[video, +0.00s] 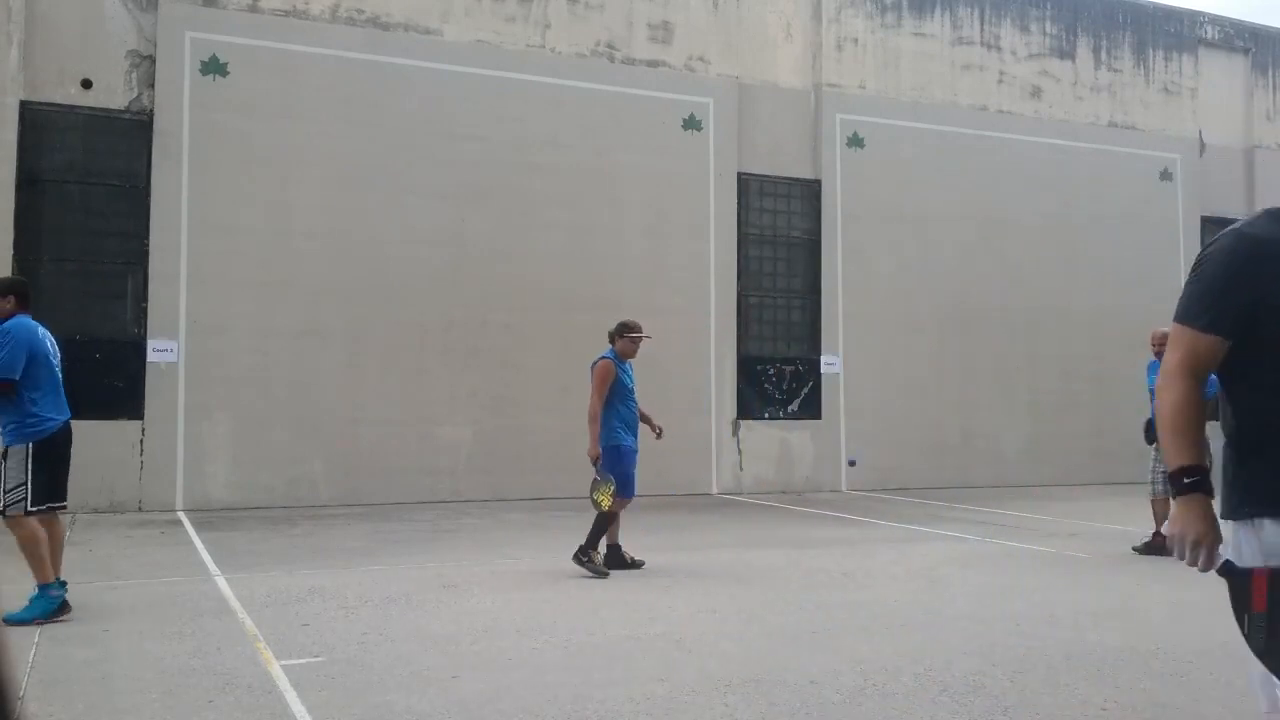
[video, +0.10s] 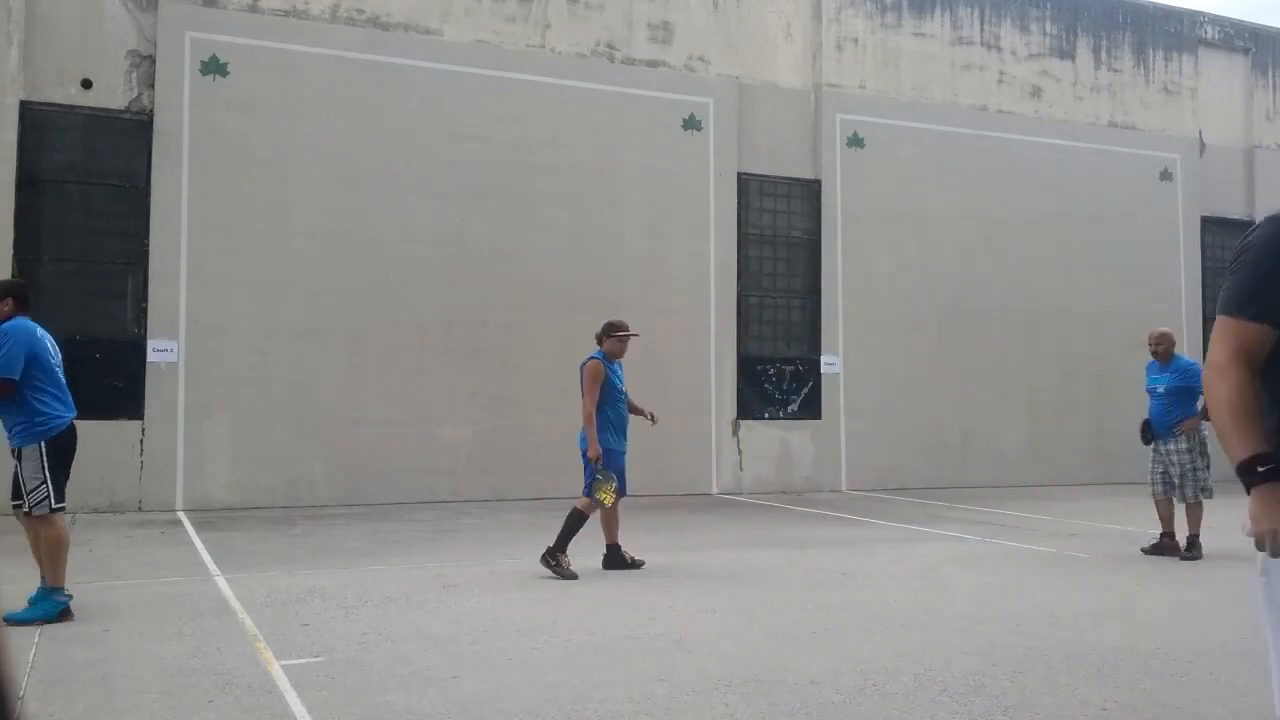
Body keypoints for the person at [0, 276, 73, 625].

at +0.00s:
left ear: (10, 301)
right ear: (17, 302)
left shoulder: (14, 330)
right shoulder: (37, 329)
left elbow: (8, 383)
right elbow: (39, 383)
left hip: (30, 433)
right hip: (52, 429)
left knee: (16, 513)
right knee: (47, 511)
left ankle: (48, 591)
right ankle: (54, 586)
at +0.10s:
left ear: (8, 304)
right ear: (14, 305)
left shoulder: (15, 331)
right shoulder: (30, 330)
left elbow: (7, 387)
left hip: (45, 435)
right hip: (33, 436)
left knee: (46, 513)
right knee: (25, 510)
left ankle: (57, 596)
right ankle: (49, 588)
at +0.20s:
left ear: (5, 305)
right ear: (13, 305)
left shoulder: (14, 331)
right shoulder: (28, 330)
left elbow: (6, 387)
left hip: (47, 433)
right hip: (35, 434)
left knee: (46, 512)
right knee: (20, 506)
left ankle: (59, 595)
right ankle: (48, 581)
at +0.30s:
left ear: (4, 304)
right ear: (13, 304)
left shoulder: (13, 330)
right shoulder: (31, 329)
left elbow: (7, 385)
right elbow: (51, 381)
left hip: (45, 433)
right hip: (33, 433)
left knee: (45, 512)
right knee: (22, 507)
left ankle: (57, 595)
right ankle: (47, 581)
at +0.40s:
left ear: (3, 305)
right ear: (13, 304)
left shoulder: (13, 331)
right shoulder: (34, 330)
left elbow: (7, 387)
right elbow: (46, 385)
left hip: (36, 435)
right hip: (41, 433)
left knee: (36, 514)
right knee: (30, 512)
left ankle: (54, 595)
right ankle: (50, 585)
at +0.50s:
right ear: (10, 305)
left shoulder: (11, 330)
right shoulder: (34, 332)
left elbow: (8, 383)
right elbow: (44, 387)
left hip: (28, 435)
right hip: (49, 431)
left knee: (9, 516)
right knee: (39, 513)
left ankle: (43, 589)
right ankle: (52, 585)